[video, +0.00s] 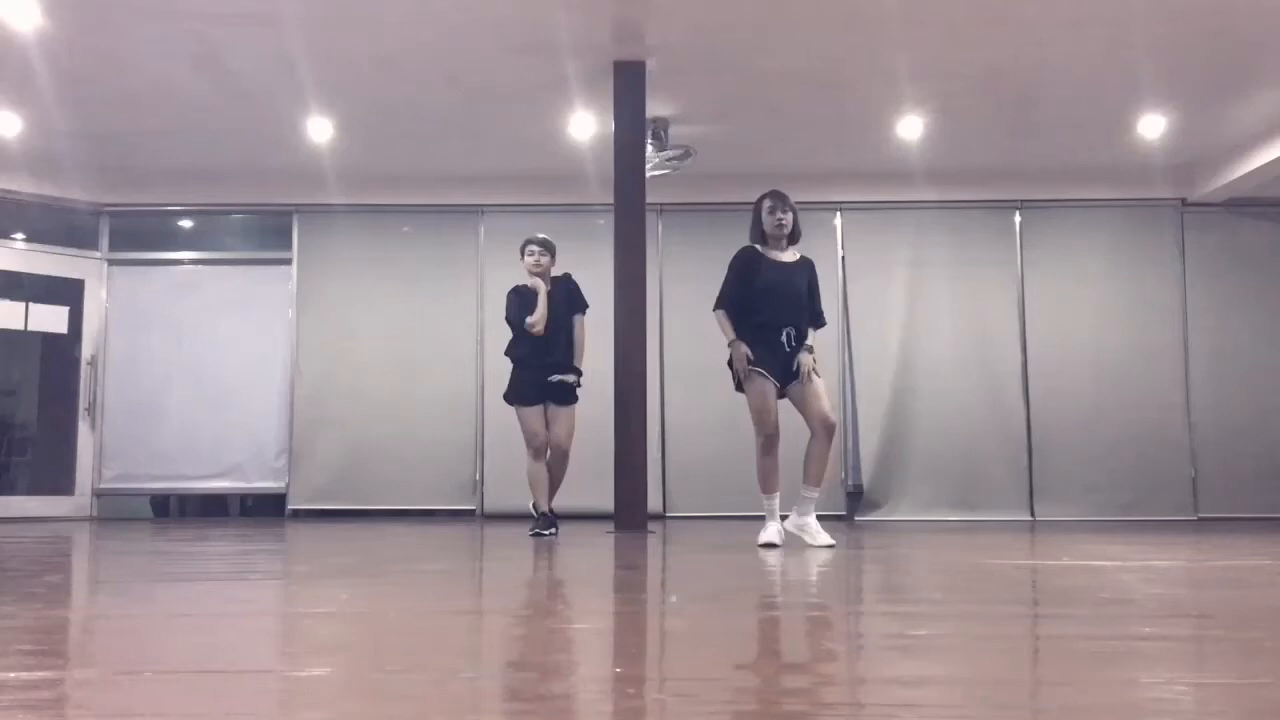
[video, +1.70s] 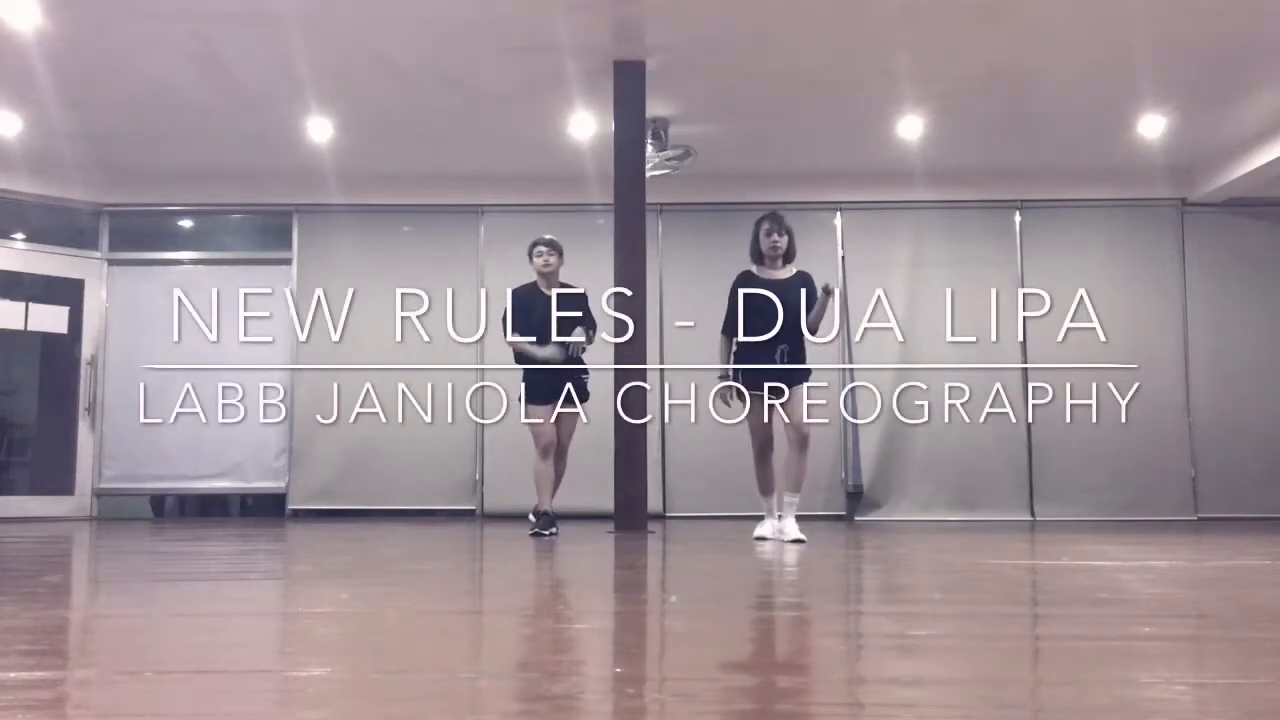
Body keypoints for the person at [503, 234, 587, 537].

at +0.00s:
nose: (536, 258)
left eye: (542, 254)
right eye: (530, 254)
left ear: (552, 260)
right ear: (522, 260)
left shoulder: (566, 285)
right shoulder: (517, 295)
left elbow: (578, 327)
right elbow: (535, 326)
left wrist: (576, 368)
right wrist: (542, 289)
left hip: (561, 375)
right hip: (527, 377)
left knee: (560, 447)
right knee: (537, 446)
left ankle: (543, 505)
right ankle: (543, 514)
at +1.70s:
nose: (545, 259)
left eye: (550, 255)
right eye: (539, 255)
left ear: (560, 260)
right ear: (531, 262)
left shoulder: (575, 295)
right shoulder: (520, 296)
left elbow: (590, 329)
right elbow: (513, 340)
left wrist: (581, 337)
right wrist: (541, 352)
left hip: (571, 380)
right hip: (537, 380)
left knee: (561, 448)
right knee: (545, 445)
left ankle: (542, 508)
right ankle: (544, 513)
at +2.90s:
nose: (541, 244)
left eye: (548, 239)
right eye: (535, 239)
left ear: (559, 245)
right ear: (526, 245)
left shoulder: (568, 286)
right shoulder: (509, 282)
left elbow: (574, 335)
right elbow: (495, 327)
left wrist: (577, 363)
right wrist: (481, 362)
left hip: (554, 370)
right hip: (517, 370)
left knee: (540, 447)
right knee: (529, 450)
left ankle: (527, 516)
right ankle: (552, 498)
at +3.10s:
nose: (541, 239)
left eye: (548, 234)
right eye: (535, 234)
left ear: (559, 240)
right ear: (526, 240)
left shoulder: (570, 283)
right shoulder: (508, 275)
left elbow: (576, 330)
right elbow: (492, 320)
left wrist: (579, 341)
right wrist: (484, 354)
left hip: (554, 369)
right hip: (514, 369)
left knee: (541, 448)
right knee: (514, 448)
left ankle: (529, 516)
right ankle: (522, 501)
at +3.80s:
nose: (539, 219)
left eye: (546, 214)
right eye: (532, 214)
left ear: (559, 220)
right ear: (523, 223)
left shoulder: (581, 258)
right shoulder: (513, 273)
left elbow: (604, 309)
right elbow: (502, 327)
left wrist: (606, 356)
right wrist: (503, 362)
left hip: (572, 361)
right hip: (525, 365)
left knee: (563, 431)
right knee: (543, 449)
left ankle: (573, 494)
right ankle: (555, 521)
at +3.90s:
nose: (544, 210)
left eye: (552, 205)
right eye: (537, 205)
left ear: (565, 213)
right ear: (527, 213)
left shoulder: (585, 255)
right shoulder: (510, 260)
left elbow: (604, 306)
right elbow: (501, 315)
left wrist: (607, 347)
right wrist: (510, 352)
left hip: (574, 354)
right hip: (526, 358)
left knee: (558, 423)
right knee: (543, 454)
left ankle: (569, 516)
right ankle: (559, 520)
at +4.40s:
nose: (522, 196)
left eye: (528, 187)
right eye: (513, 191)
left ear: (543, 192)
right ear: (503, 201)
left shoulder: (576, 231)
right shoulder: (499, 250)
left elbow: (597, 286)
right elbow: (494, 308)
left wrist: (600, 338)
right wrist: (510, 265)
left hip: (566, 343)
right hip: (513, 347)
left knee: (558, 407)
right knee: (522, 448)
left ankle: (551, 515)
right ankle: (521, 524)